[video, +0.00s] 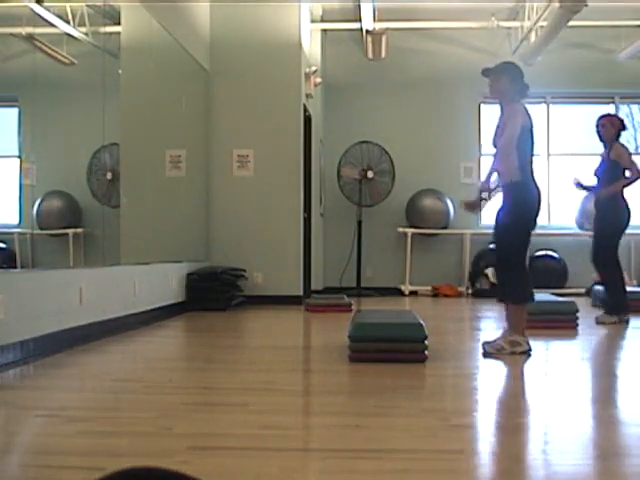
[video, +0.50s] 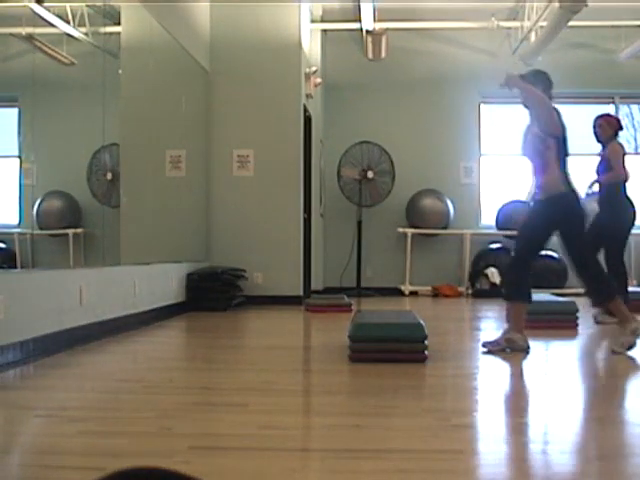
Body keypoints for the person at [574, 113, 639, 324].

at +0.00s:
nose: (601, 129)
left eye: (605, 126)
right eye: (599, 126)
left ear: (616, 129)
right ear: (598, 130)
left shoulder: (619, 150)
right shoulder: (607, 153)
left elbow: (634, 174)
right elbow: (604, 184)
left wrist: (613, 189)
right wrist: (584, 187)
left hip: (613, 208)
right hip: (604, 208)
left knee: (604, 257)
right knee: (604, 257)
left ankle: (618, 309)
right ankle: (615, 306)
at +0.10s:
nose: (598, 130)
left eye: (602, 127)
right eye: (596, 127)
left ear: (613, 129)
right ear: (594, 132)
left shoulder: (618, 149)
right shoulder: (598, 155)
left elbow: (639, 164)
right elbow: (584, 181)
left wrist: (626, 184)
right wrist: (570, 168)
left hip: (620, 209)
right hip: (608, 209)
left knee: (585, 246)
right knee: (611, 257)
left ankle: (602, 293)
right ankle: (621, 305)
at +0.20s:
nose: (598, 129)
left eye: (602, 125)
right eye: (595, 127)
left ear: (613, 128)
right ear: (594, 131)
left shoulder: (619, 148)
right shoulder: (596, 154)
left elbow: (639, 161)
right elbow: (579, 176)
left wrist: (627, 182)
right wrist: (567, 163)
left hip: (620, 208)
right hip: (609, 209)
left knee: (584, 243)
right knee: (610, 256)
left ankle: (600, 292)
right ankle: (620, 307)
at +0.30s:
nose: (601, 130)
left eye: (605, 126)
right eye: (599, 127)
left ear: (616, 128)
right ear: (597, 131)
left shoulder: (620, 149)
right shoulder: (601, 153)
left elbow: (637, 168)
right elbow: (592, 179)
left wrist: (623, 182)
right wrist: (578, 178)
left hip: (615, 208)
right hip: (606, 208)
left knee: (594, 253)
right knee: (609, 254)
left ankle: (610, 305)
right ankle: (618, 305)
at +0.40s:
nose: (602, 131)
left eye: (606, 127)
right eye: (599, 128)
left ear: (616, 129)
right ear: (598, 131)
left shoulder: (618, 149)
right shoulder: (607, 153)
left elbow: (630, 174)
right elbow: (607, 180)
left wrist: (607, 186)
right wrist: (593, 193)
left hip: (614, 207)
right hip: (604, 207)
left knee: (608, 258)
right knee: (604, 259)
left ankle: (617, 305)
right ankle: (614, 303)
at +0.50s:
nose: (598, 131)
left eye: (602, 127)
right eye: (597, 127)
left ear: (613, 129)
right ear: (597, 131)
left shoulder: (614, 147)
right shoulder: (608, 150)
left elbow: (621, 174)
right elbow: (616, 175)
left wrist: (599, 180)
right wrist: (600, 186)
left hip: (616, 208)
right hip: (612, 207)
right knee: (614, 257)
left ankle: (614, 303)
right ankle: (617, 304)